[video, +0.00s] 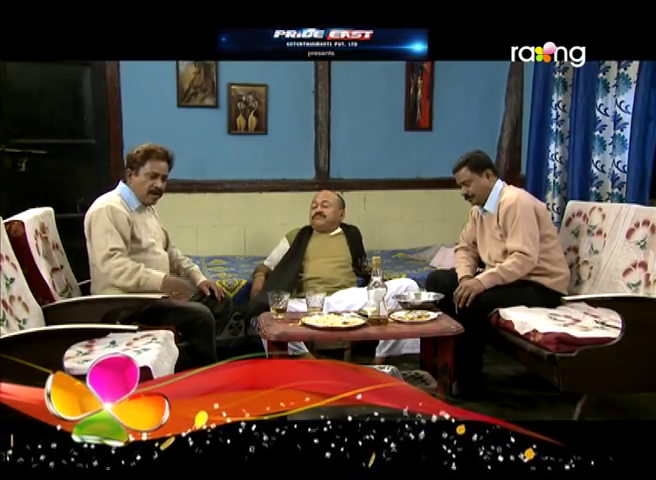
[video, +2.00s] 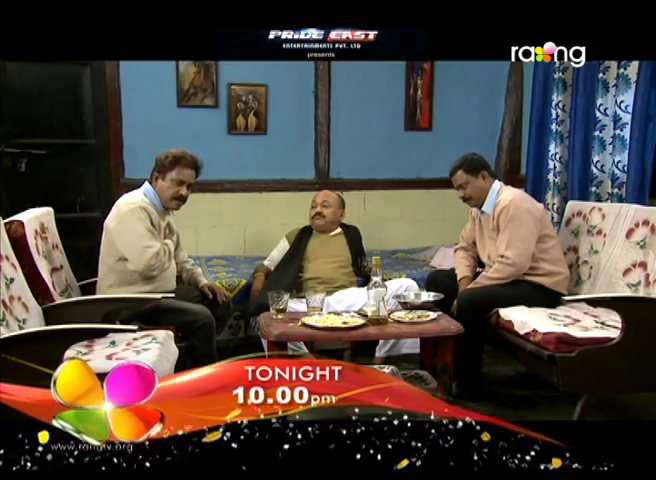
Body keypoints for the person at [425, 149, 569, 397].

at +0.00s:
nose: (464, 192)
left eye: (467, 184)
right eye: (461, 187)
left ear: (488, 176)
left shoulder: (518, 203)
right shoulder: (479, 209)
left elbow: (524, 258)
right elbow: (465, 247)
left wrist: (481, 282)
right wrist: (466, 276)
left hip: (542, 286)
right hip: (505, 279)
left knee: (473, 302)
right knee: (438, 280)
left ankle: (467, 384)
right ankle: (439, 369)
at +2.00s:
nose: (461, 195)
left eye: (464, 187)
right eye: (458, 190)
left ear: (484, 177)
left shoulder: (516, 204)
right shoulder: (479, 209)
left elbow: (513, 263)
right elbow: (465, 247)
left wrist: (469, 291)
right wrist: (465, 282)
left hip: (541, 286)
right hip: (503, 277)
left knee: (468, 303)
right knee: (437, 280)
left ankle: (467, 385)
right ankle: (439, 369)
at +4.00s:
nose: (459, 198)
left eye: (462, 190)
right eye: (456, 192)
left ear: (482, 179)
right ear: (480, 180)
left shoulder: (514, 206)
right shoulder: (478, 208)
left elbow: (513, 266)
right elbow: (464, 248)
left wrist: (466, 294)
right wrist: (463, 283)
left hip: (541, 286)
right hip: (504, 277)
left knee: (468, 302)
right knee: (437, 280)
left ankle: (467, 385)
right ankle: (441, 368)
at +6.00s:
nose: (465, 186)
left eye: (469, 178)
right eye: (464, 180)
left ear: (489, 174)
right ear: (486, 175)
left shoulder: (521, 203)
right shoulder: (483, 207)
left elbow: (513, 263)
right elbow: (466, 247)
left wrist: (472, 289)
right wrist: (464, 280)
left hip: (541, 285)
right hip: (504, 278)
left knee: (468, 302)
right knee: (437, 280)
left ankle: (467, 386)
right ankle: (436, 370)